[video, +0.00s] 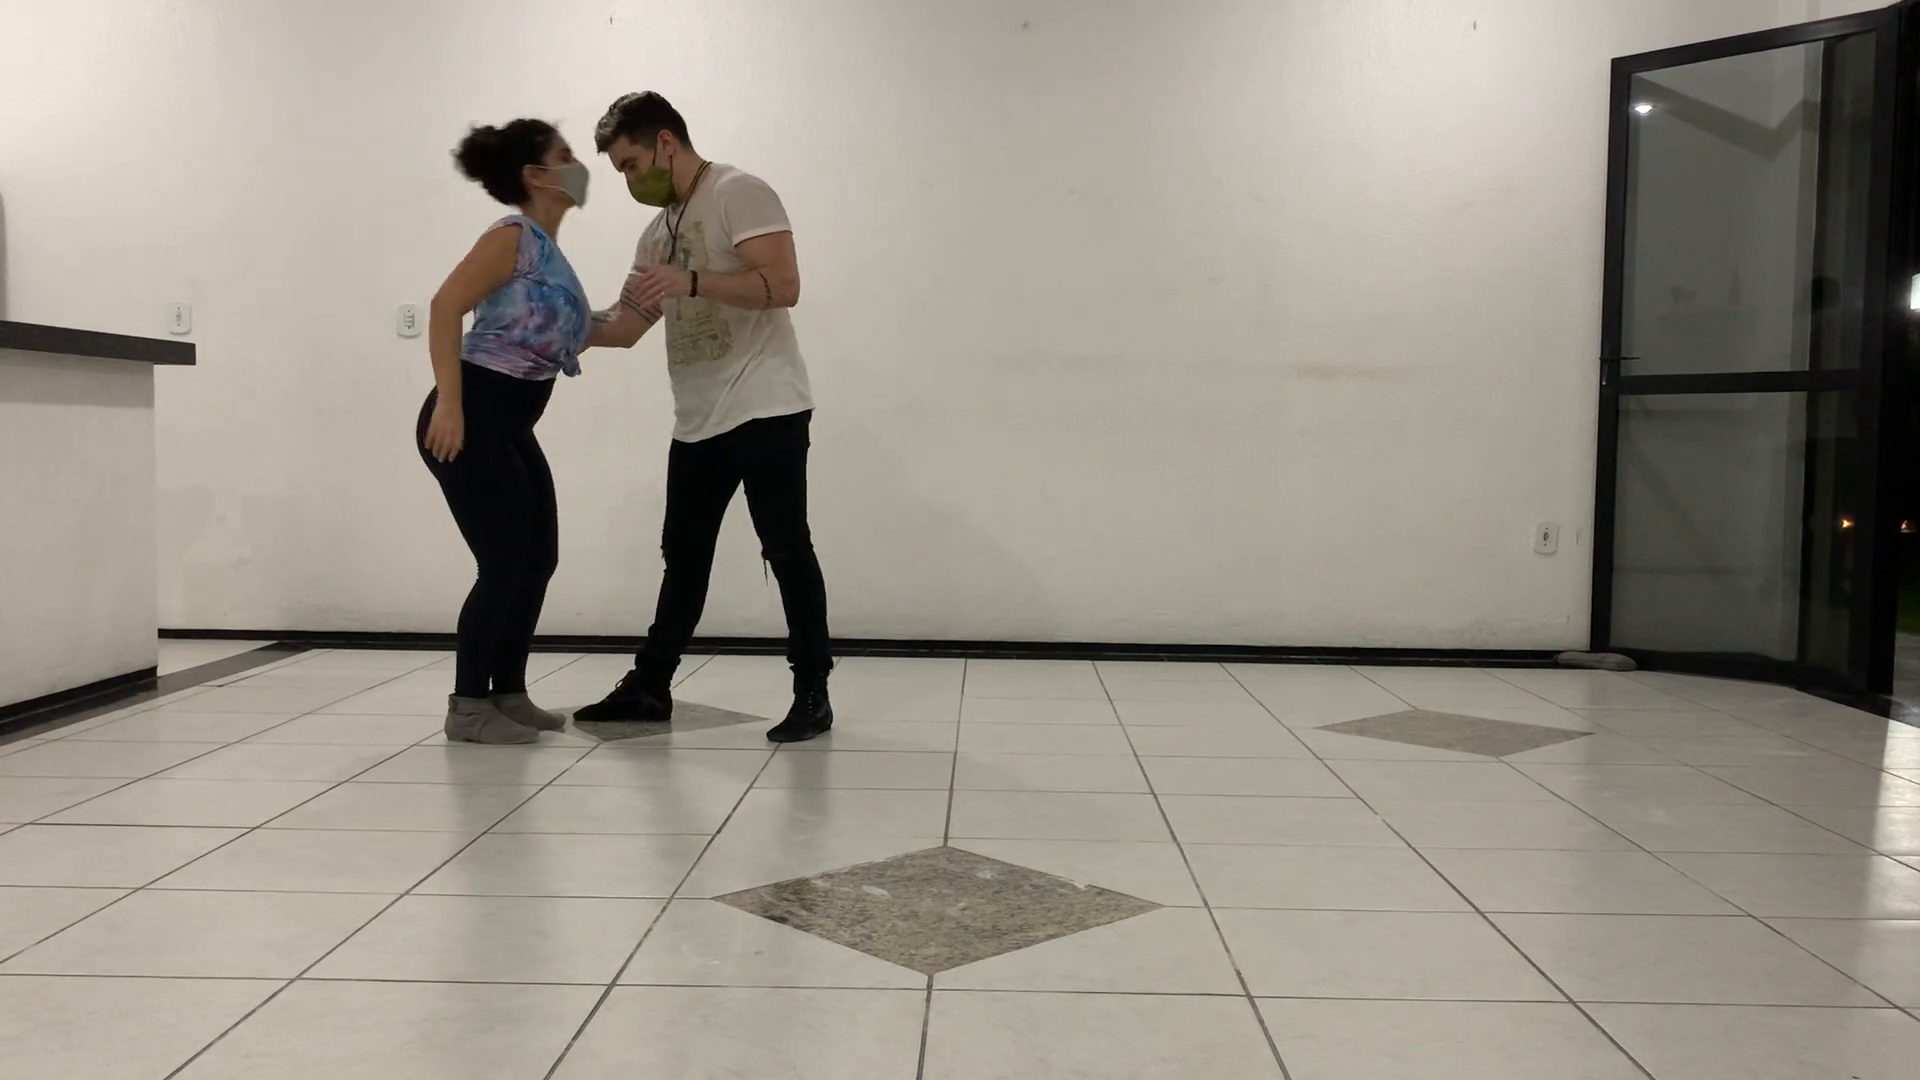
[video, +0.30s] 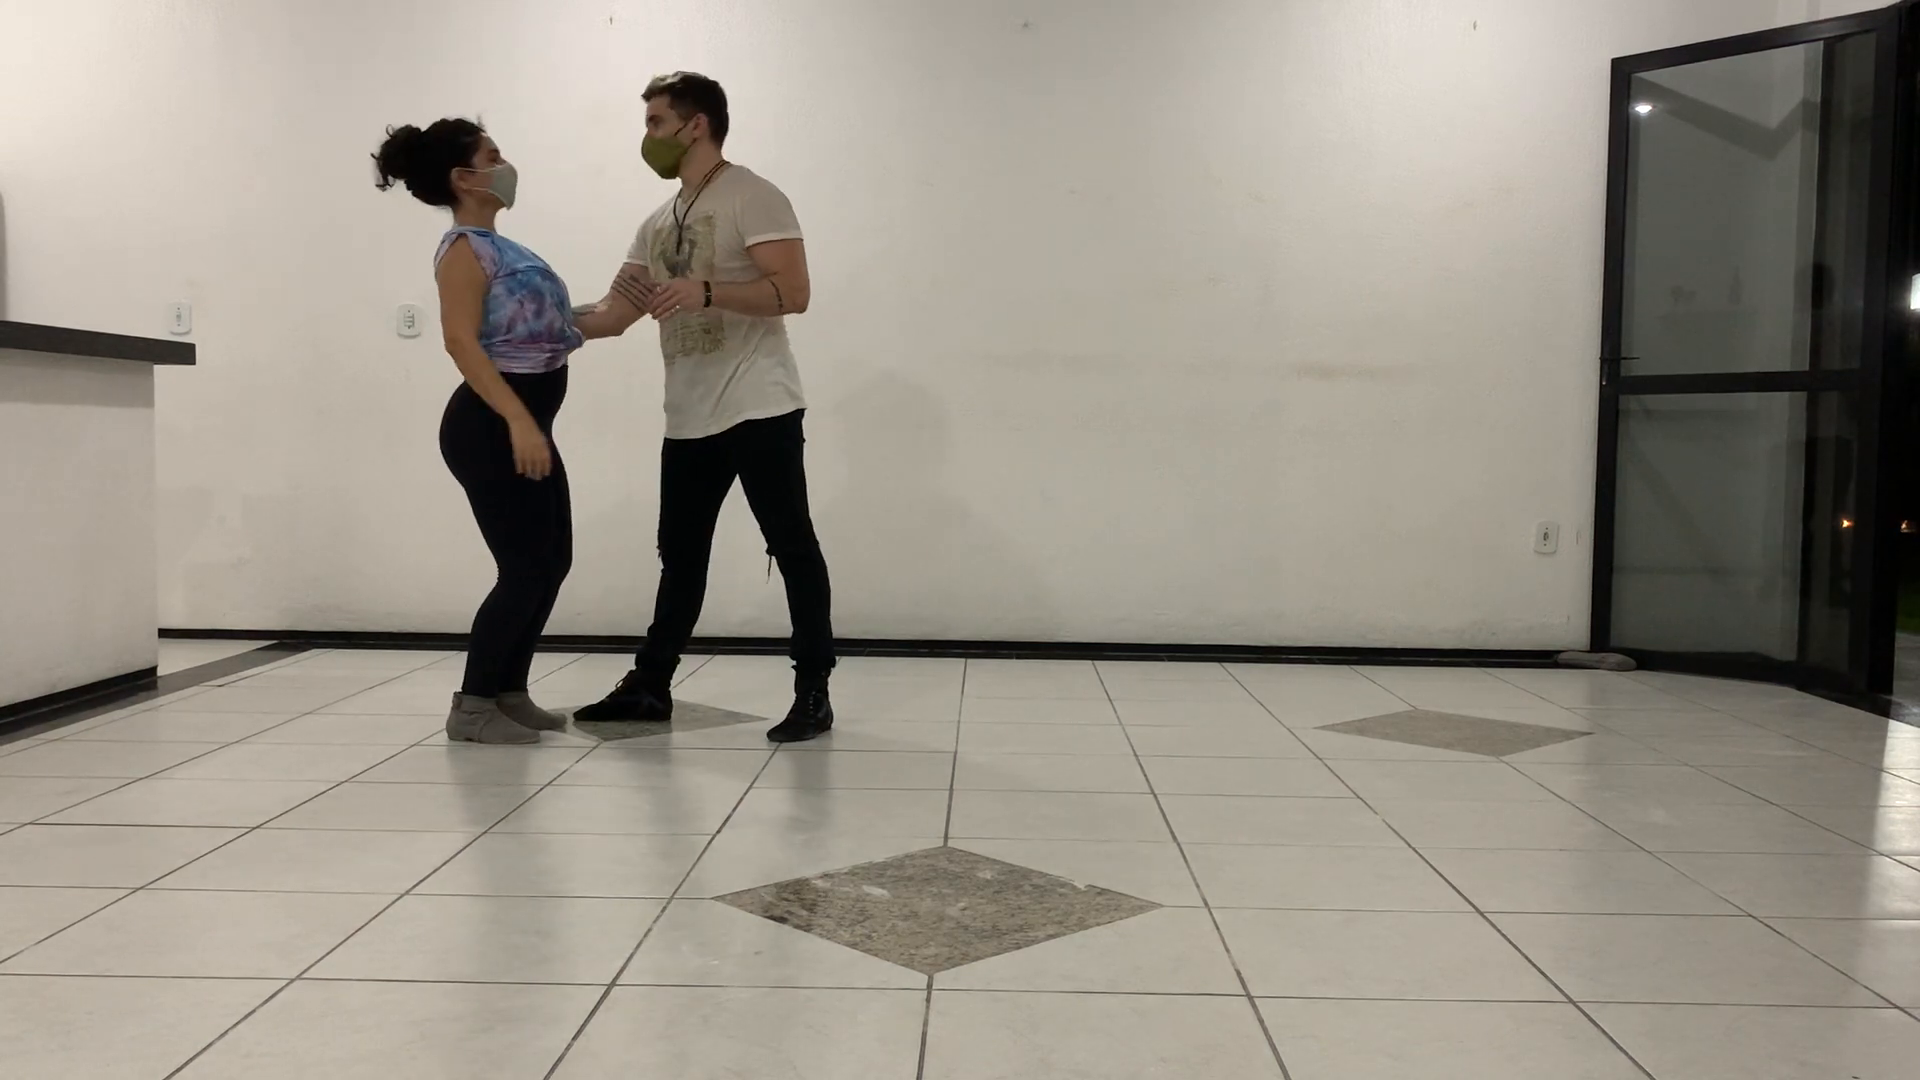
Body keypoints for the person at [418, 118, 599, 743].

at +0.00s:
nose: (579, 163)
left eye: (573, 153)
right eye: (565, 157)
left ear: (543, 175)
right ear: (534, 176)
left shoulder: (549, 261)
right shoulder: (512, 238)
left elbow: (620, 333)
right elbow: (445, 305)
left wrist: (658, 284)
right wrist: (448, 402)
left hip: (512, 419)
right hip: (472, 413)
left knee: (538, 552)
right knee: (506, 556)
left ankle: (506, 694)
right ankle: (469, 705)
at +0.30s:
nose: (505, 162)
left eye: (499, 153)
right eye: (493, 157)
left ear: (468, 179)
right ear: (463, 178)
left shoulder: (501, 247)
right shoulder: (465, 252)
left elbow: (563, 324)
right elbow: (460, 344)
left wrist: (636, 302)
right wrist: (520, 418)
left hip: (526, 416)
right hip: (487, 420)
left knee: (551, 557)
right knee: (525, 563)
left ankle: (507, 692)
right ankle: (474, 705)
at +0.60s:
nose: (492, 180)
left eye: (488, 169)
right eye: (481, 171)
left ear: (448, 185)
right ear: (446, 185)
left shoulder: (473, 250)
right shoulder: (443, 257)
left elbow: (543, 319)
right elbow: (477, 337)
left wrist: (620, 295)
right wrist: (573, 359)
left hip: (523, 417)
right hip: (493, 420)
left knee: (552, 558)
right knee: (527, 564)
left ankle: (509, 693)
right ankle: (474, 705)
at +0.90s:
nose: (495, 181)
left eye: (493, 170)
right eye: (485, 172)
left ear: (450, 184)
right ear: (451, 183)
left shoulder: (463, 247)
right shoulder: (439, 249)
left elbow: (515, 321)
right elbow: (487, 295)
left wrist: (570, 301)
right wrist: (573, 305)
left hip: (512, 415)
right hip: (488, 419)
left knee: (548, 557)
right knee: (528, 563)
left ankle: (507, 692)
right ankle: (475, 704)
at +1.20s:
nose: (508, 174)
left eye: (505, 163)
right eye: (498, 164)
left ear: (464, 176)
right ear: (464, 174)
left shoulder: (485, 245)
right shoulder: (451, 243)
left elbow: (520, 329)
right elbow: (505, 285)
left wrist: (579, 309)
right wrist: (590, 275)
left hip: (504, 419)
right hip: (476, 422)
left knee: (542, 556)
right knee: (522, 564)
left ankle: (505, 689)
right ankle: (473, 704)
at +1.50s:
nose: (541, 173)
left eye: (538, 162)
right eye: (530, 162)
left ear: (499, 173)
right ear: (497, 172)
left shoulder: (514, 252)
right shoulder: (476, 238)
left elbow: (583, 335)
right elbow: (530, 312)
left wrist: (646, 306)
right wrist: (606, 268)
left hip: (511, 422)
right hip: (469, 425)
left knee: (546, 554)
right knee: (519, 562)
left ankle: (505, 690)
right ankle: (477, 705)